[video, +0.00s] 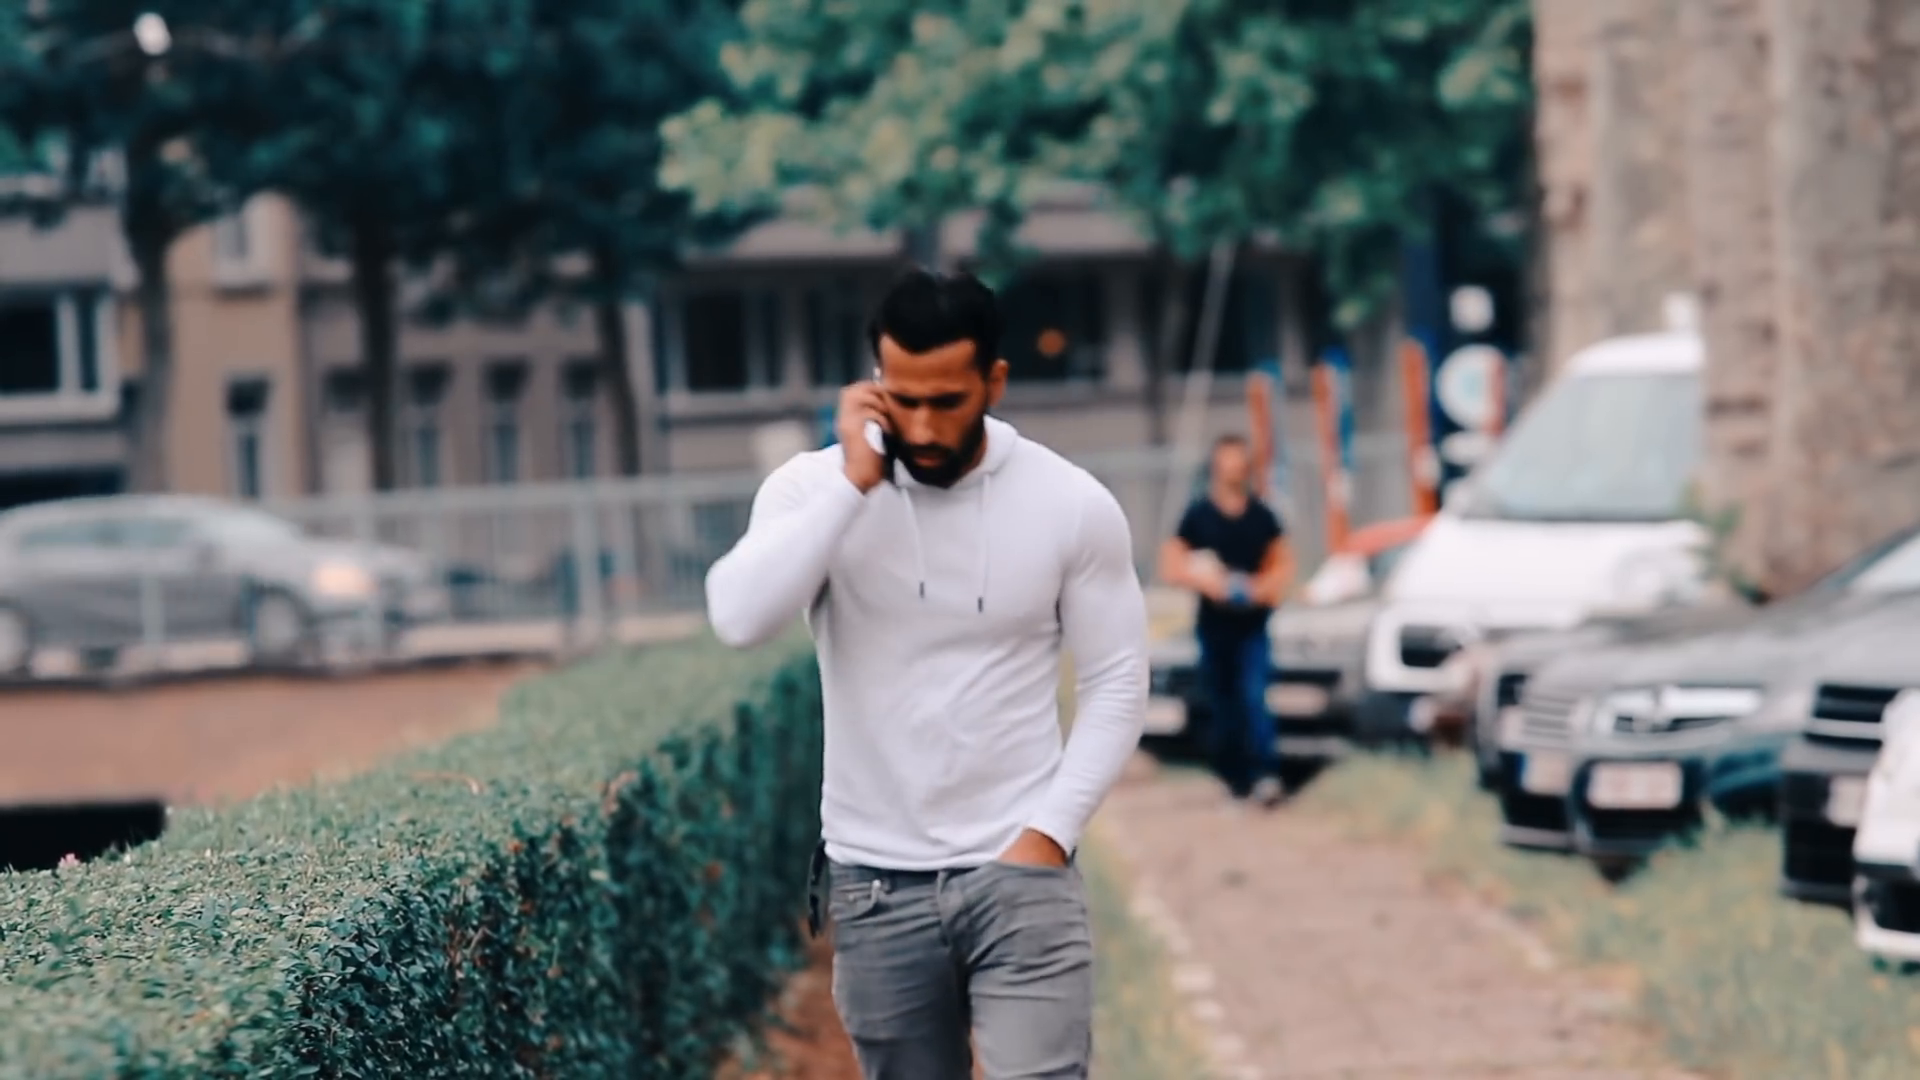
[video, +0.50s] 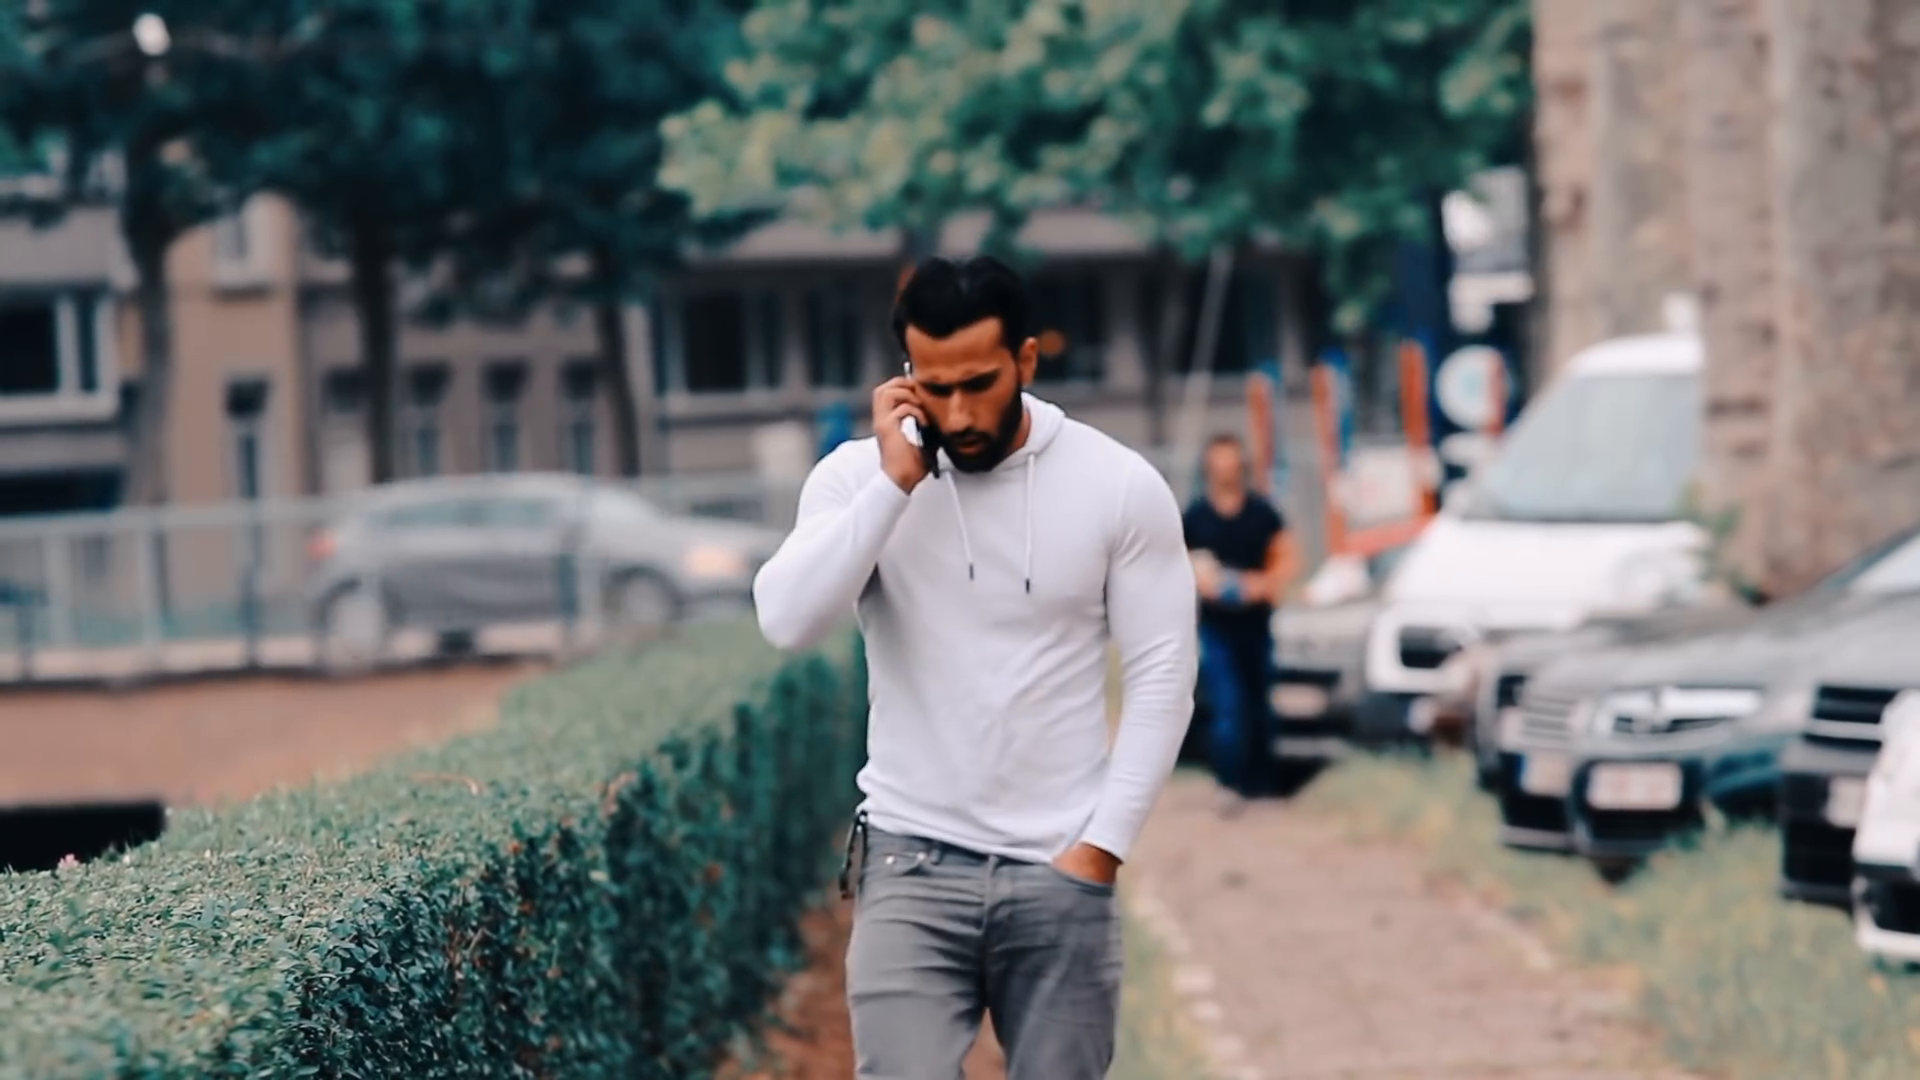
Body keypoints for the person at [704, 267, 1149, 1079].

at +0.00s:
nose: (922, 428)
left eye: (945, 403)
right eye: (901, 401)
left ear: (994, 382)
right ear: (877, 378)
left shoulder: (1072, 507)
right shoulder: (810, 486)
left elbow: (1115, 684)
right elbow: (738, 618)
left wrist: (1046, 836)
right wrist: (851, 479)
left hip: (1019, 881)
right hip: (874, 892)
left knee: (1039, 1069)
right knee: (908, 1070)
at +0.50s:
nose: (958, 414)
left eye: (979, 384)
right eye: (935, 389)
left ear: (1026, 356)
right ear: (906, 371)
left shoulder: (1120, 488)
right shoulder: (856, 475)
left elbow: (1161, 680)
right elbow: (785, 620)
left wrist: (1098, 853)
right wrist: (893, 481)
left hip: (1060, 883)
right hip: (909, 874)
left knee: (1061, 1069)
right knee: (899, 1069)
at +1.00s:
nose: (891, 433)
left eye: (911, 400)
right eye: (865, 408)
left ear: (958, 367)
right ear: (837, 387)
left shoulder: (1070, 480)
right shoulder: (804, 506)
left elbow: (1128, 667)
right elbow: (756, 664)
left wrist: (1092, 853)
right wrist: (837, 506)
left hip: (1060, 885)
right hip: (903, 891)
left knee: (1098, 1066)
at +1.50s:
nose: (923, 410)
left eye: (947, 381)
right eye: (901, 383)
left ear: (998, 366)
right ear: (874, 372)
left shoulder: (1090, 505)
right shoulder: (815, 488)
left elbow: (1127, 696)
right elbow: (745, 631)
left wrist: (1067, 864)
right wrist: (853, 481)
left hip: (1028, 903)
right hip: (874, 906)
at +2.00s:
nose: (888, 356)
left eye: (916, 329)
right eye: (875, 330)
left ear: (984, 334)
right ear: (857, 332)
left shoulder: (1088, 481)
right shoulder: (830, 470)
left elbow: (1127, 687)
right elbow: (709, 585)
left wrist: (1068, 869)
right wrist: (813, 433)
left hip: (1026, 905)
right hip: (871, 895)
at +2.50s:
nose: (792, 369)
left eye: (822, 339)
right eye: (777, 342)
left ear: (888, 346)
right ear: (760, 351)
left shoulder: (996, 472)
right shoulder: (741, 487)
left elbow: (1106, 643)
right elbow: (623, 608)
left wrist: (994, 724)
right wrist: (722, 452)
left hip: (975, 900)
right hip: (808, 904)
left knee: (1024, 1065)